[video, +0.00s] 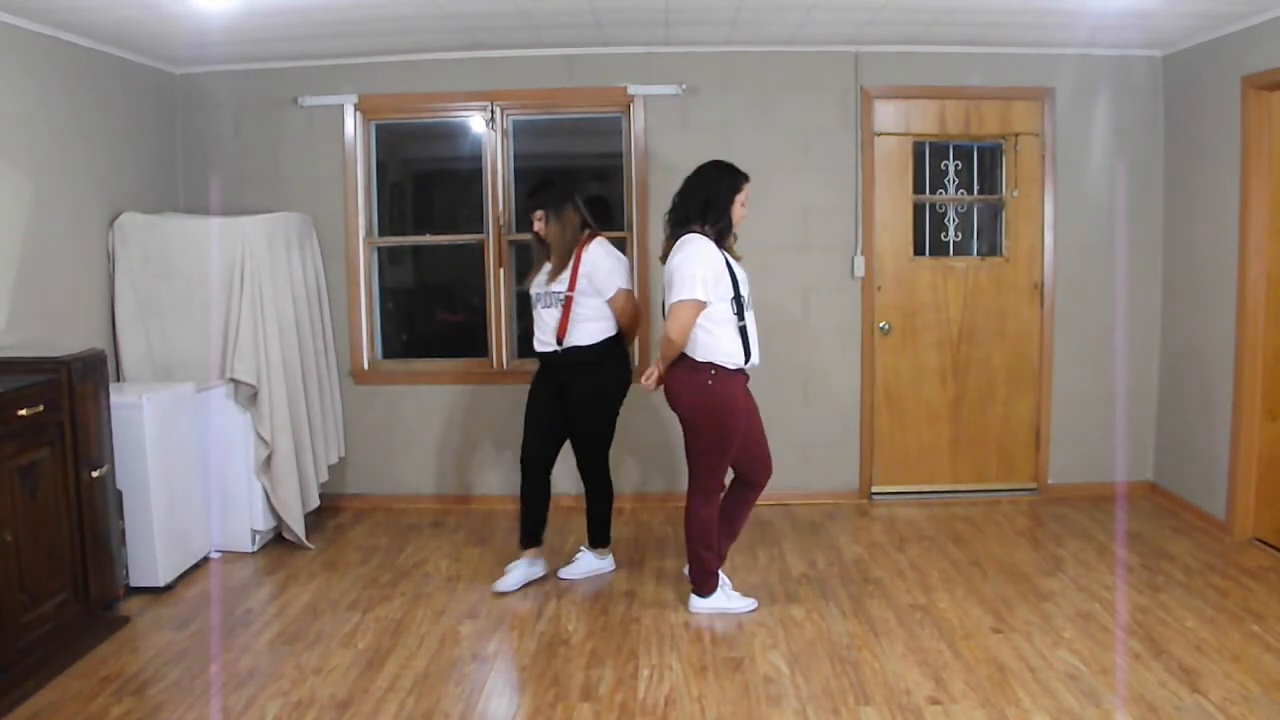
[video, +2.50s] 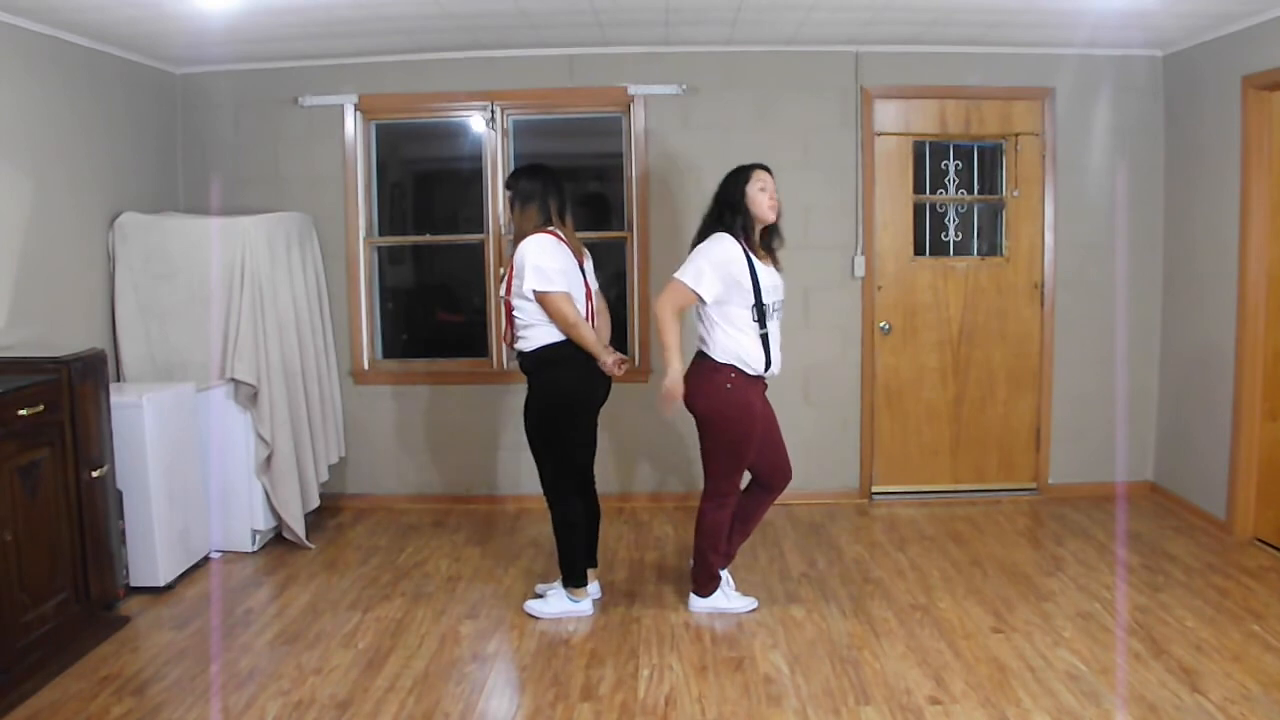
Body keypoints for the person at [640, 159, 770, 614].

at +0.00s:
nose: (746, 211)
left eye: (746, 202)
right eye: (742, 202)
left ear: (714, 201)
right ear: (721, 201)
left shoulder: (713, 249)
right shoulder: (695, 249)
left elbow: (687, 321)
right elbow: (677, 329)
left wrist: (662, 364)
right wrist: (661, 365)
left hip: (726, 378)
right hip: (704, 379)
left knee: (755, 471)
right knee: (707, 484)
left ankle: (707, 564)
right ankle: (705, 589)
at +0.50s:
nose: (754, 210)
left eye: (755, 201)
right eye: (749, 200)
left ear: (722, 200)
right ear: (726, 200)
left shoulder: (718, 249)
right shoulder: (705, 249)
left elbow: (697, 323)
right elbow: (685, 334)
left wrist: (666, 361)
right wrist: (663, 365)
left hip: (726, 378)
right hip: (707, 380)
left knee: (756, 469)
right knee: (709, 484)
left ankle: (708, 565)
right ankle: (704, 589)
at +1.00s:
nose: (746, 209)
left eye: (746, 200)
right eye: (741, 200)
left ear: (716, 202)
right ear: (716, 201)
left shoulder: (714, 250)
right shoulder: (696, 251)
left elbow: (684, 323)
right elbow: (677, 334)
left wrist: (662, 363)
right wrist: (661, 365)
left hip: (725, 379)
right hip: (705, 381)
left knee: (757, 469)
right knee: (709, 485)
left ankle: (710, 565)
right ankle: (705, 589)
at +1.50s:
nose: (746, 210)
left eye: (747, 201)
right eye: (741, 201)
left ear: (715, 203)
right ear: (717, 202)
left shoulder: (715, 252)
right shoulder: (698, 253)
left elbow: (686, 325)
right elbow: (680, 336)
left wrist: (663, 365)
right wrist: (663, 367)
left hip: (727, 380)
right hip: (708, 381)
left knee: (759, 470)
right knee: (707, 488)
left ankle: (713, 564)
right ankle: (705, 589)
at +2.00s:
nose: (752, 210)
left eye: (751, 200)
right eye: (747, 200)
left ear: (721, 201)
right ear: (725, 201)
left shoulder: (721, 251)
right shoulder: (704, 252)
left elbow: (691, 325)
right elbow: (684, 336)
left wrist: (667, 364)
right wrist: (666, 367)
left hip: (731, 382)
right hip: (711, 383)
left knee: (760, 472)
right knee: (710, 488)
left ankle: (710, 564)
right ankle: (705, 590)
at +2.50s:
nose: (773, 197)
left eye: (774, 191)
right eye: (763, 190)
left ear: (773, 202)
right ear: (738, 198)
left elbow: (746, 318)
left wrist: (755, 373)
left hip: (747, 384)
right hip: (722, 383)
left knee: (774, 475)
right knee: (721, 489)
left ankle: (715, 563)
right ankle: (705, 589)